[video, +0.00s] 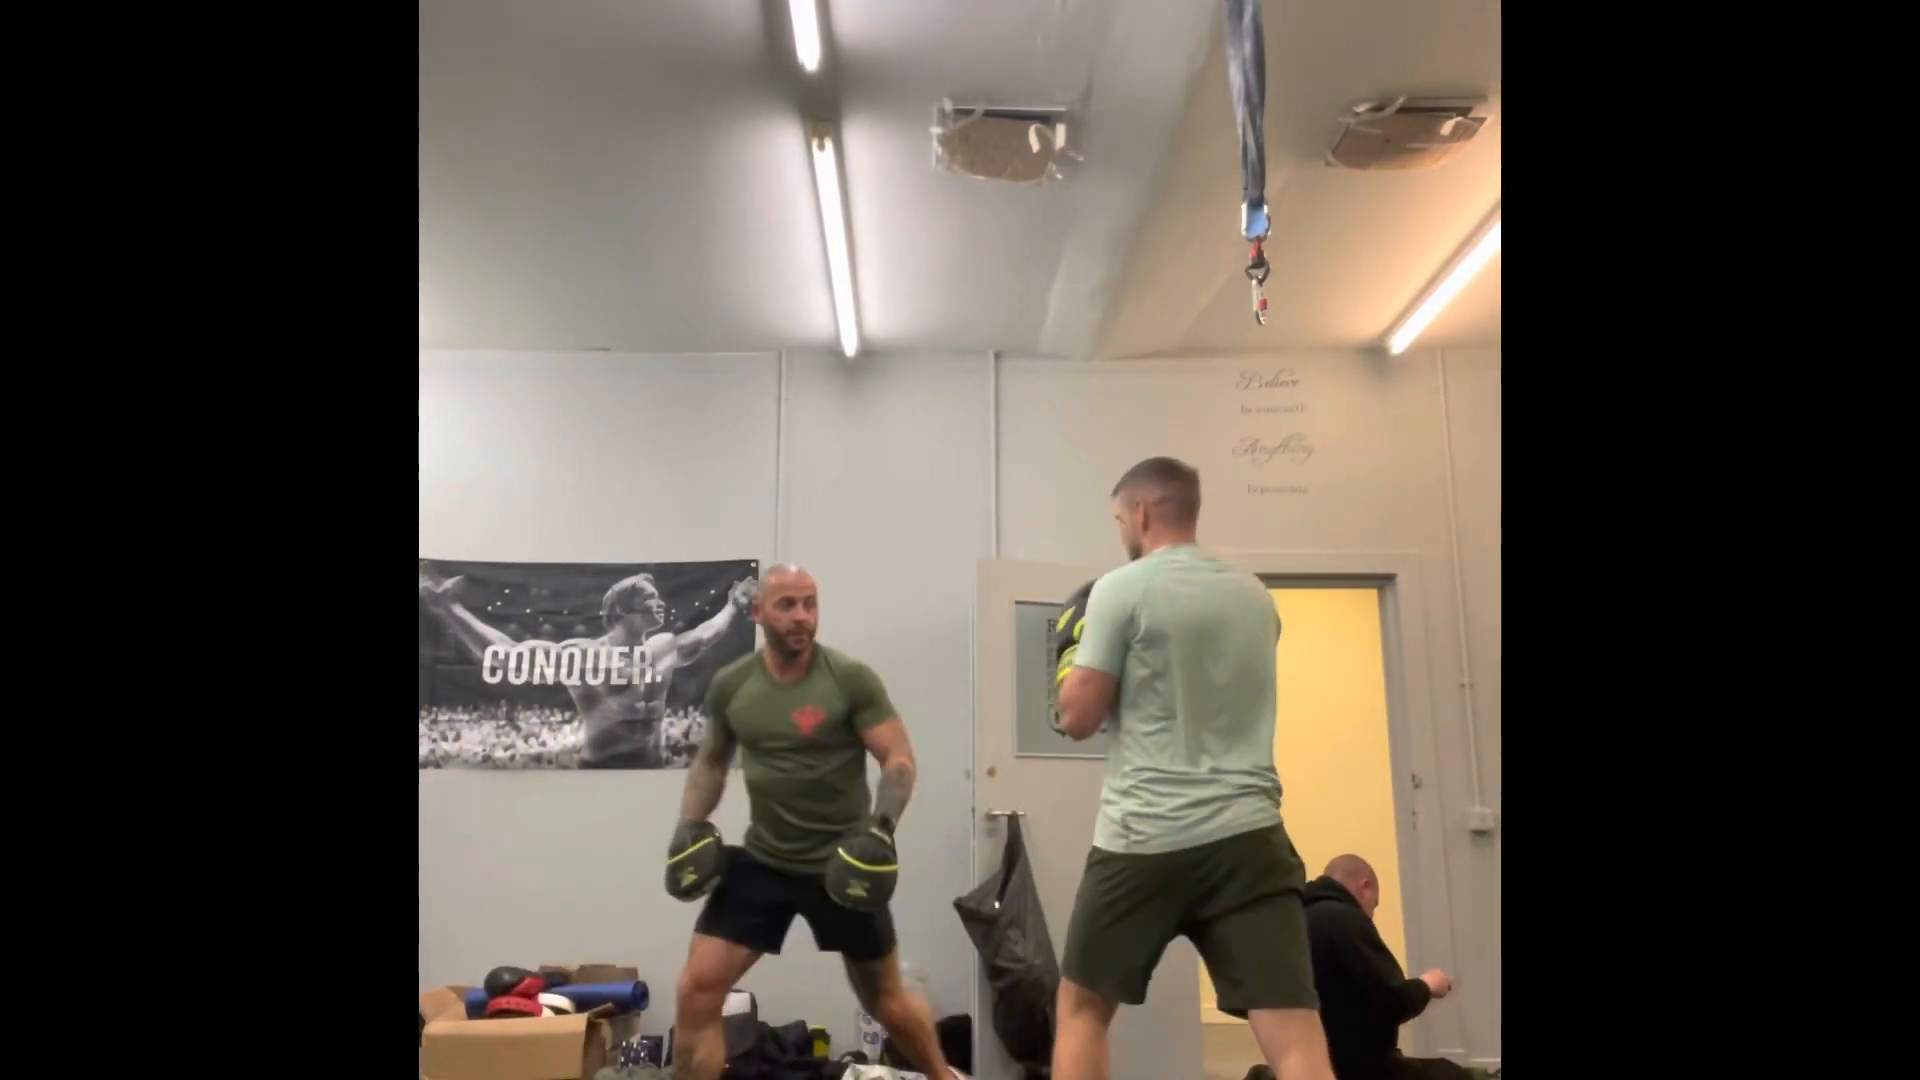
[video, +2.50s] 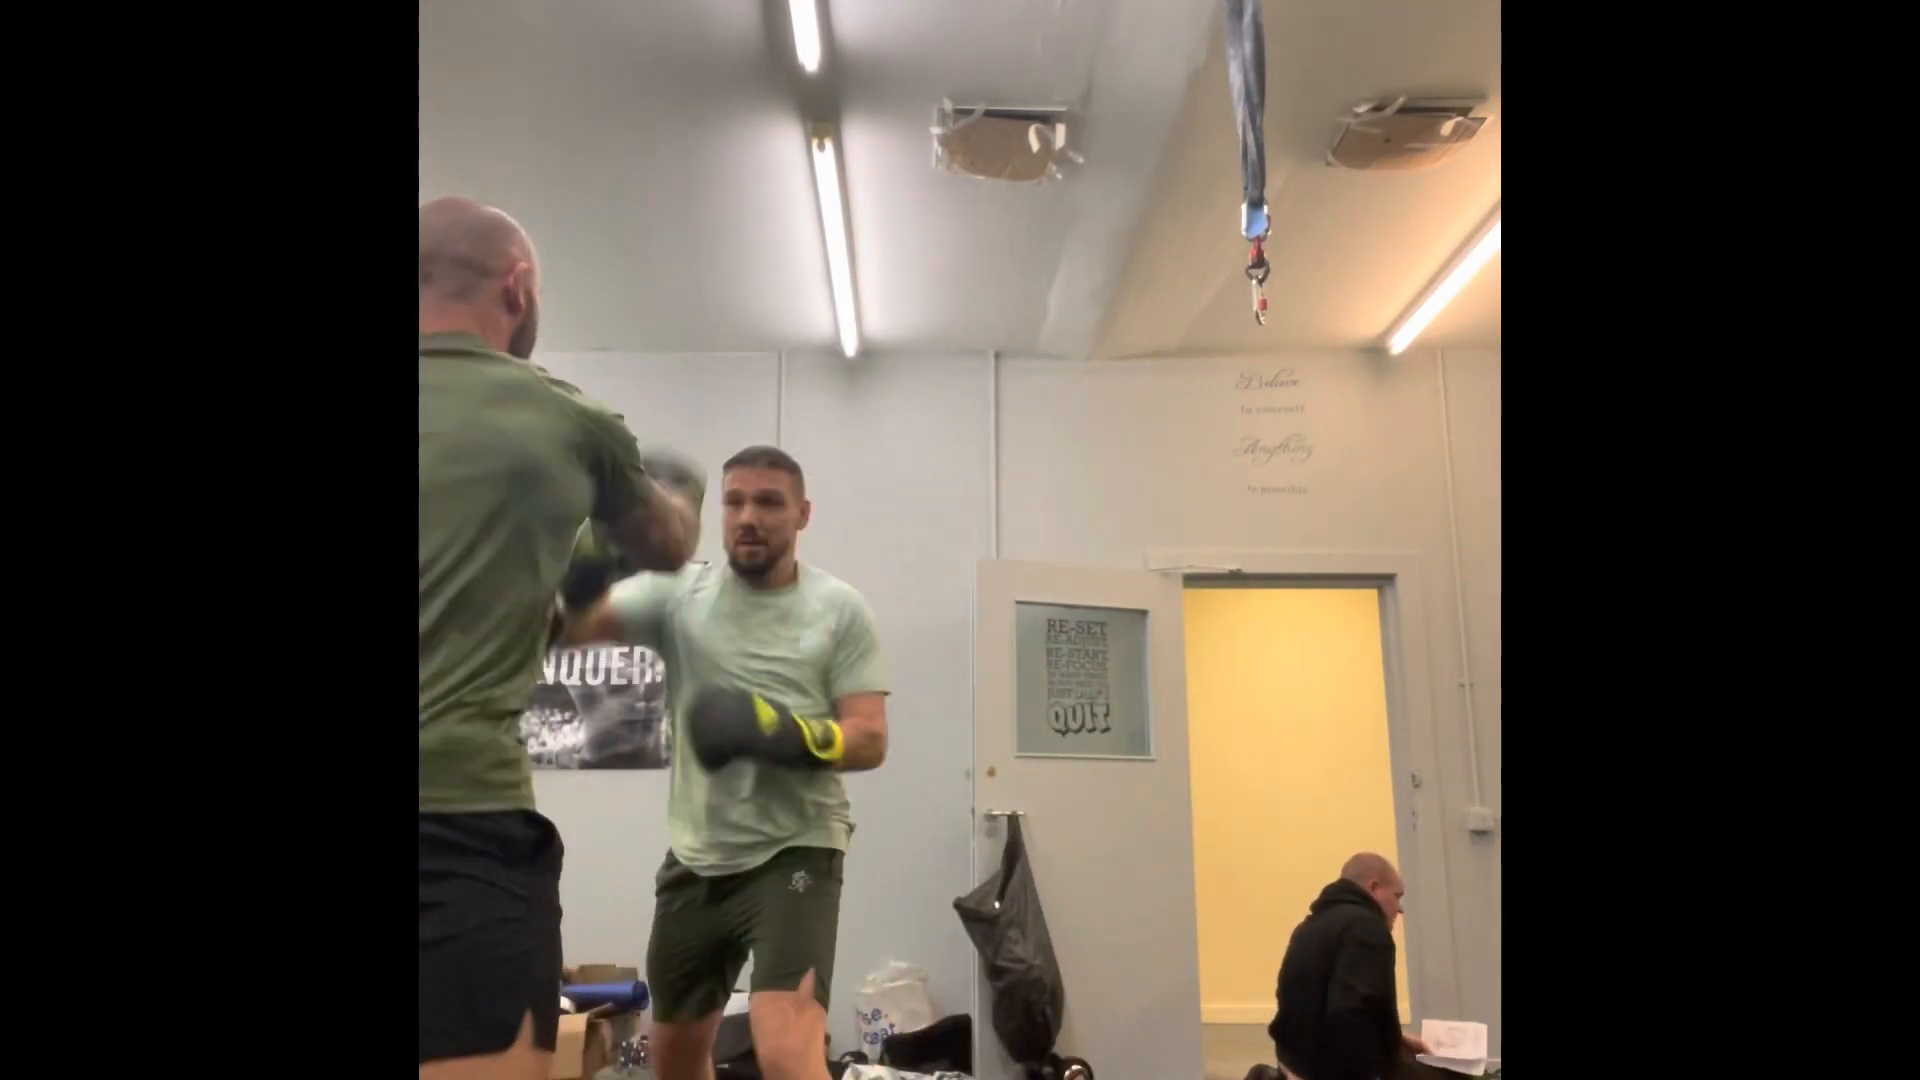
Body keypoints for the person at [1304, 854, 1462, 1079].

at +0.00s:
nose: (1371, 914)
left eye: (1375, 907)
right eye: (1373, 905)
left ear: (1331, 883)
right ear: (1363, 887)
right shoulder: (1344, 919)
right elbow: (1389, 1004)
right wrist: (1426, 986)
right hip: (1359, 1069)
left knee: (1444, 1069)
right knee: (1449, 1072)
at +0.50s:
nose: (1374, 916)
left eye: (1377, 907)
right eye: (1376, 904)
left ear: (1330, 883)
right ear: (1361, 887)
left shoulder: (1287, 930)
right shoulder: (1350, 921)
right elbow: (1392, 1006)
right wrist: (1430, 989)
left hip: (1301, 1067)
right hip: (1356, 1070)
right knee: (1452, 1072)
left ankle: (1272, 1075)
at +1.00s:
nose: (1377, 893)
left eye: (1374, 883)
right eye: (1372, 882)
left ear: (1325, 881)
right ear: (1349, 879)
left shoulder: (1288, 931)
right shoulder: (1347, 919)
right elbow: (1387, 1007)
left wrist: (1402, 992)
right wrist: (1430, 997)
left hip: (1302, 1069)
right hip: (1357, 1071)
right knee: (1456, 1072)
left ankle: (1273, 1075)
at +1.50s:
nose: (1377, 899)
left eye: (1376, 887)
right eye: (1373, 886)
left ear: (1323, 883)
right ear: (1352, 883)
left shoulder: (1290, 929)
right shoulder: (1352, 922)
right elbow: (1372, 1013)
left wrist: (1385, 1018)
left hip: (1299, 1065)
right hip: (1349, 1068)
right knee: (1449, 1070)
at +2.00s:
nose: (1415, 923)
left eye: (1417, 912)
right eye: (1415, 910)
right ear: (1394, 898)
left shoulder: (1326, 925)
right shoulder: (1389, 933)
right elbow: (1387, 1030)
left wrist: (1403, 1045)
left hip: (1293, 1057)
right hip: (1341, 1067)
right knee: (1457, 1072)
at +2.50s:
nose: (1400, 909)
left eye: (1400, 898)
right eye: (1397, 896)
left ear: (1369, 889)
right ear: (1373, 888)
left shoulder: (1312, 924)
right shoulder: (1366, 926)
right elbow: (1355, 1013)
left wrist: (1397, 1039)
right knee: (1453, 1073)